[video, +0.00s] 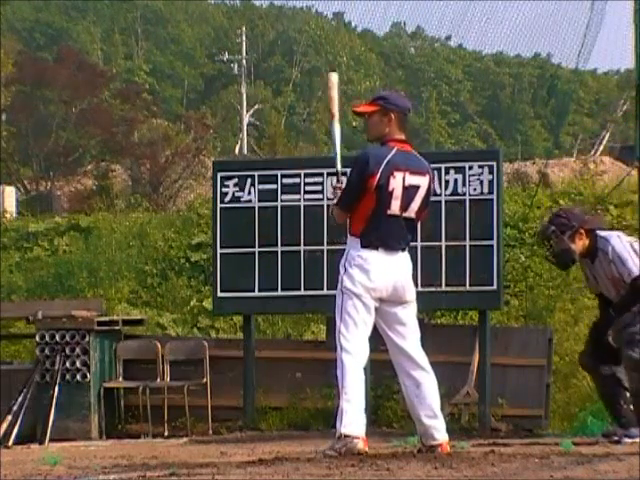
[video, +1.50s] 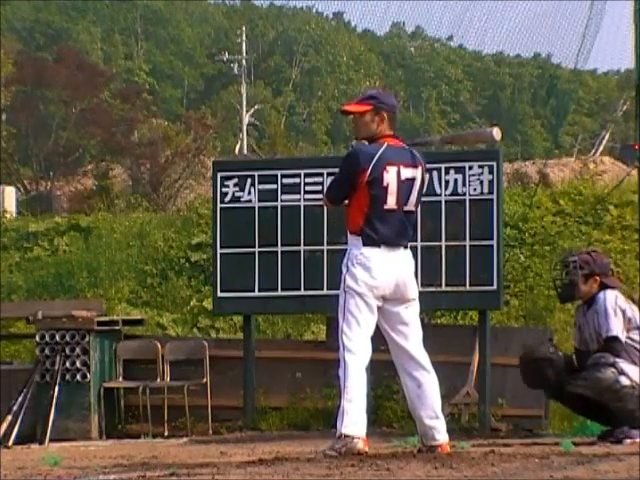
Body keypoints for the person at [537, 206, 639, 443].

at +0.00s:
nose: (555, 251)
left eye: (560, 242)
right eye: (553, 244)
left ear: (581, 235)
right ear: (579, 237)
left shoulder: (613, 244)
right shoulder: (586, 258)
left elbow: (637, 284)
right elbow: (606, 302)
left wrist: (616, 322)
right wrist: (599, 337)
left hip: (636, 308)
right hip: (621, 313)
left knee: (628, 339)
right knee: (594, 358)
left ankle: (633, 425)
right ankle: (627, 424)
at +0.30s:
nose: (557, 269)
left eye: (562, 263)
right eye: (557, 263)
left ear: (582, 264)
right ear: (580, 265)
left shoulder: (610, 280)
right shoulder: (584, 293)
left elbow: (628, 327)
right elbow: (591, 337)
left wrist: (601, 358)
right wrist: (588, 363)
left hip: (634, 345)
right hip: (611, 349)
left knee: (615, 362)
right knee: (571, 369)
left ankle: (634, 425)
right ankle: (622, 423)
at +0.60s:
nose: (566, 281)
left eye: (572, 276)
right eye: (566, 276)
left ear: (591, 278)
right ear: (589, 279)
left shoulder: (611, 297)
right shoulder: (586, 310)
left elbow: (616, 343)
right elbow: (583, 353)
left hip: (635, 371)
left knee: (605, 368)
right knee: (563, 372)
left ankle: (632, 426)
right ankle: (618, 424)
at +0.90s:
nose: (567, 279)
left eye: (573, 274)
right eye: (568, 273)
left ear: (591, 277)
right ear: (588, 277)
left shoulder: (609, 296)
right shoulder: (584, 309)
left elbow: (613, 342)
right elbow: (583, 351)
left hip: (635, 369)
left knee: (604, 369)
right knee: (559, 378)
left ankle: (632, 425)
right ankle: (618, 424)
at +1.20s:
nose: (567, 280)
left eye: (573, 275)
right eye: (567, 274)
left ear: (592, 278)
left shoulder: (609, 297)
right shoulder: (583, 309)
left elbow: (611, 344)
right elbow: (580, 352)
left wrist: (590, 371)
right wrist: (576, 375)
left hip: (635, 370)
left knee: (602, 371)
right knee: (559, 378)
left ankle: (633, 425)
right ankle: (618, 424)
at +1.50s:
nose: (568, 282)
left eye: (575, 277)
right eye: (568, 276)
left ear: (595, 281)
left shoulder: (608, 299)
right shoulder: (581, 311)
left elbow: (614, 348)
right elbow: (582, 358)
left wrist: (585, 364)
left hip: (633, 371)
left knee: (600, 371)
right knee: (558, 384)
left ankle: (632, 425)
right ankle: (618, 424)